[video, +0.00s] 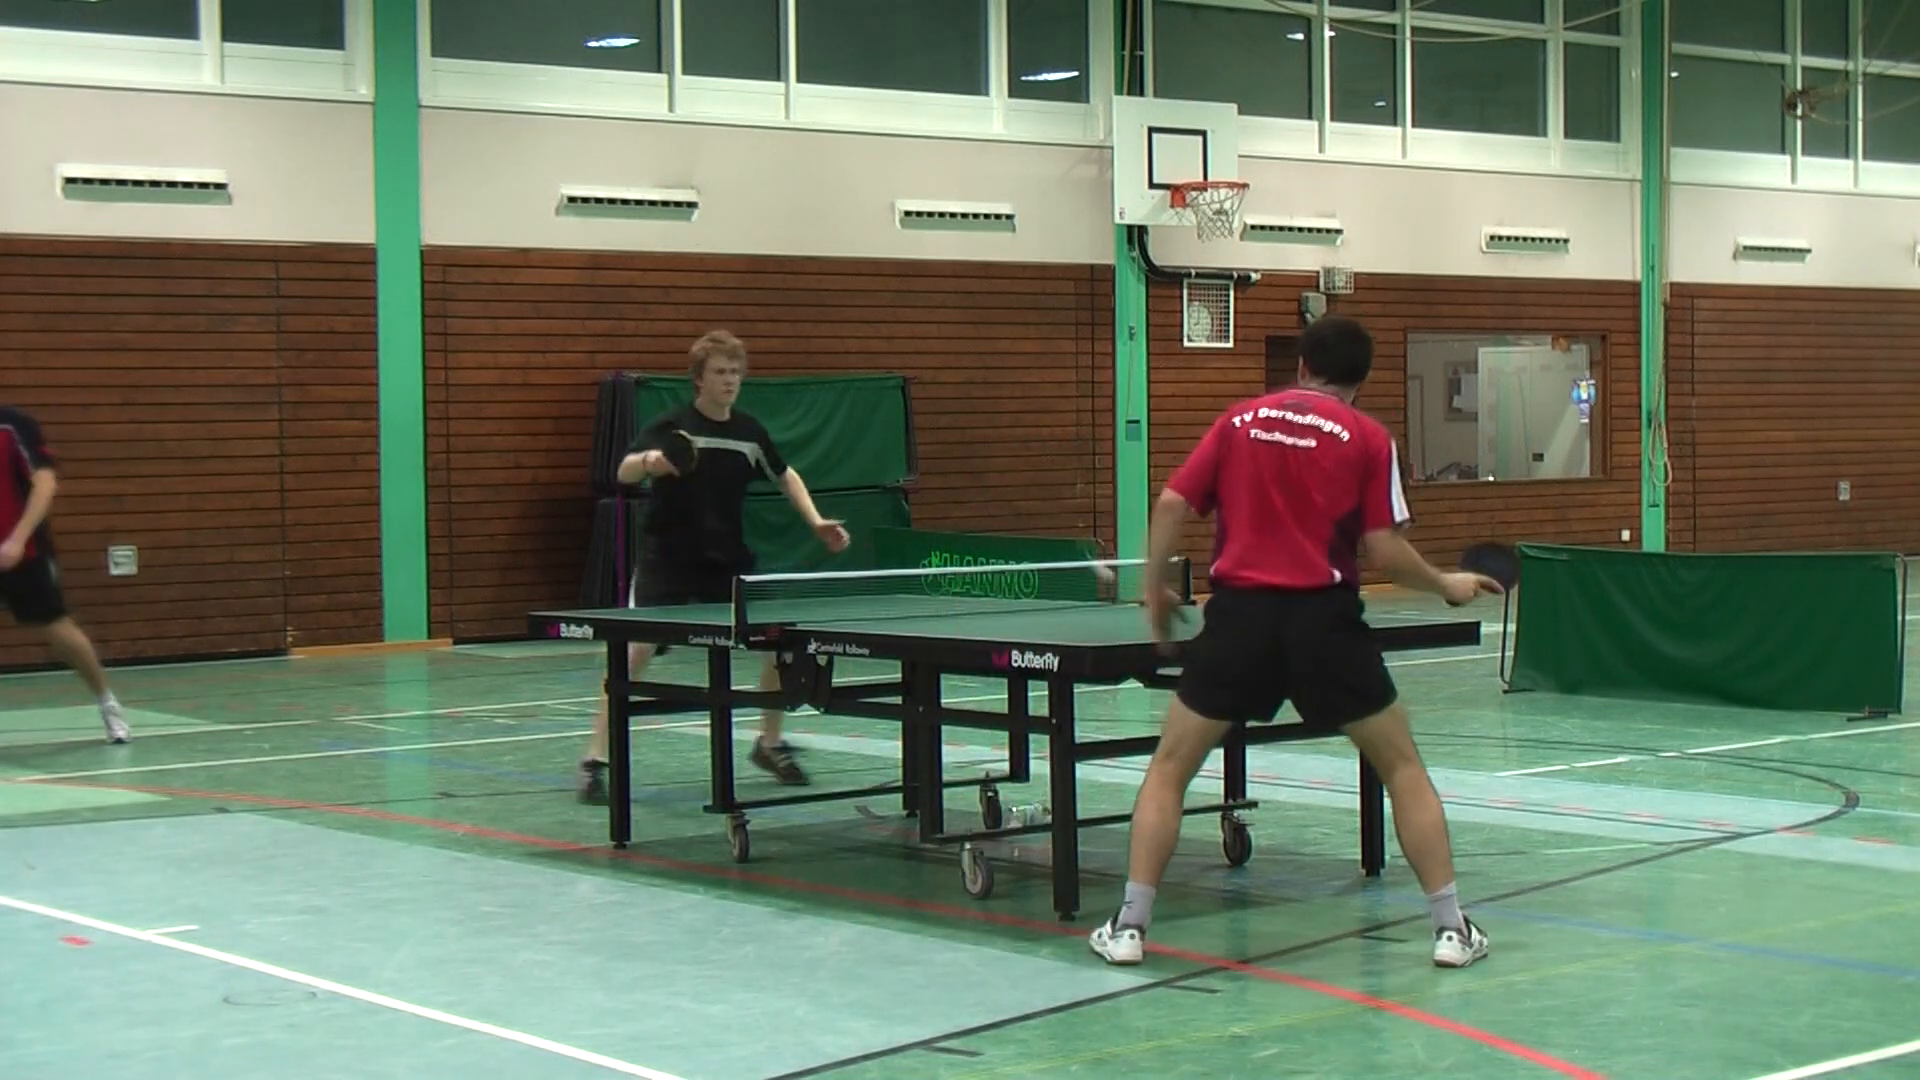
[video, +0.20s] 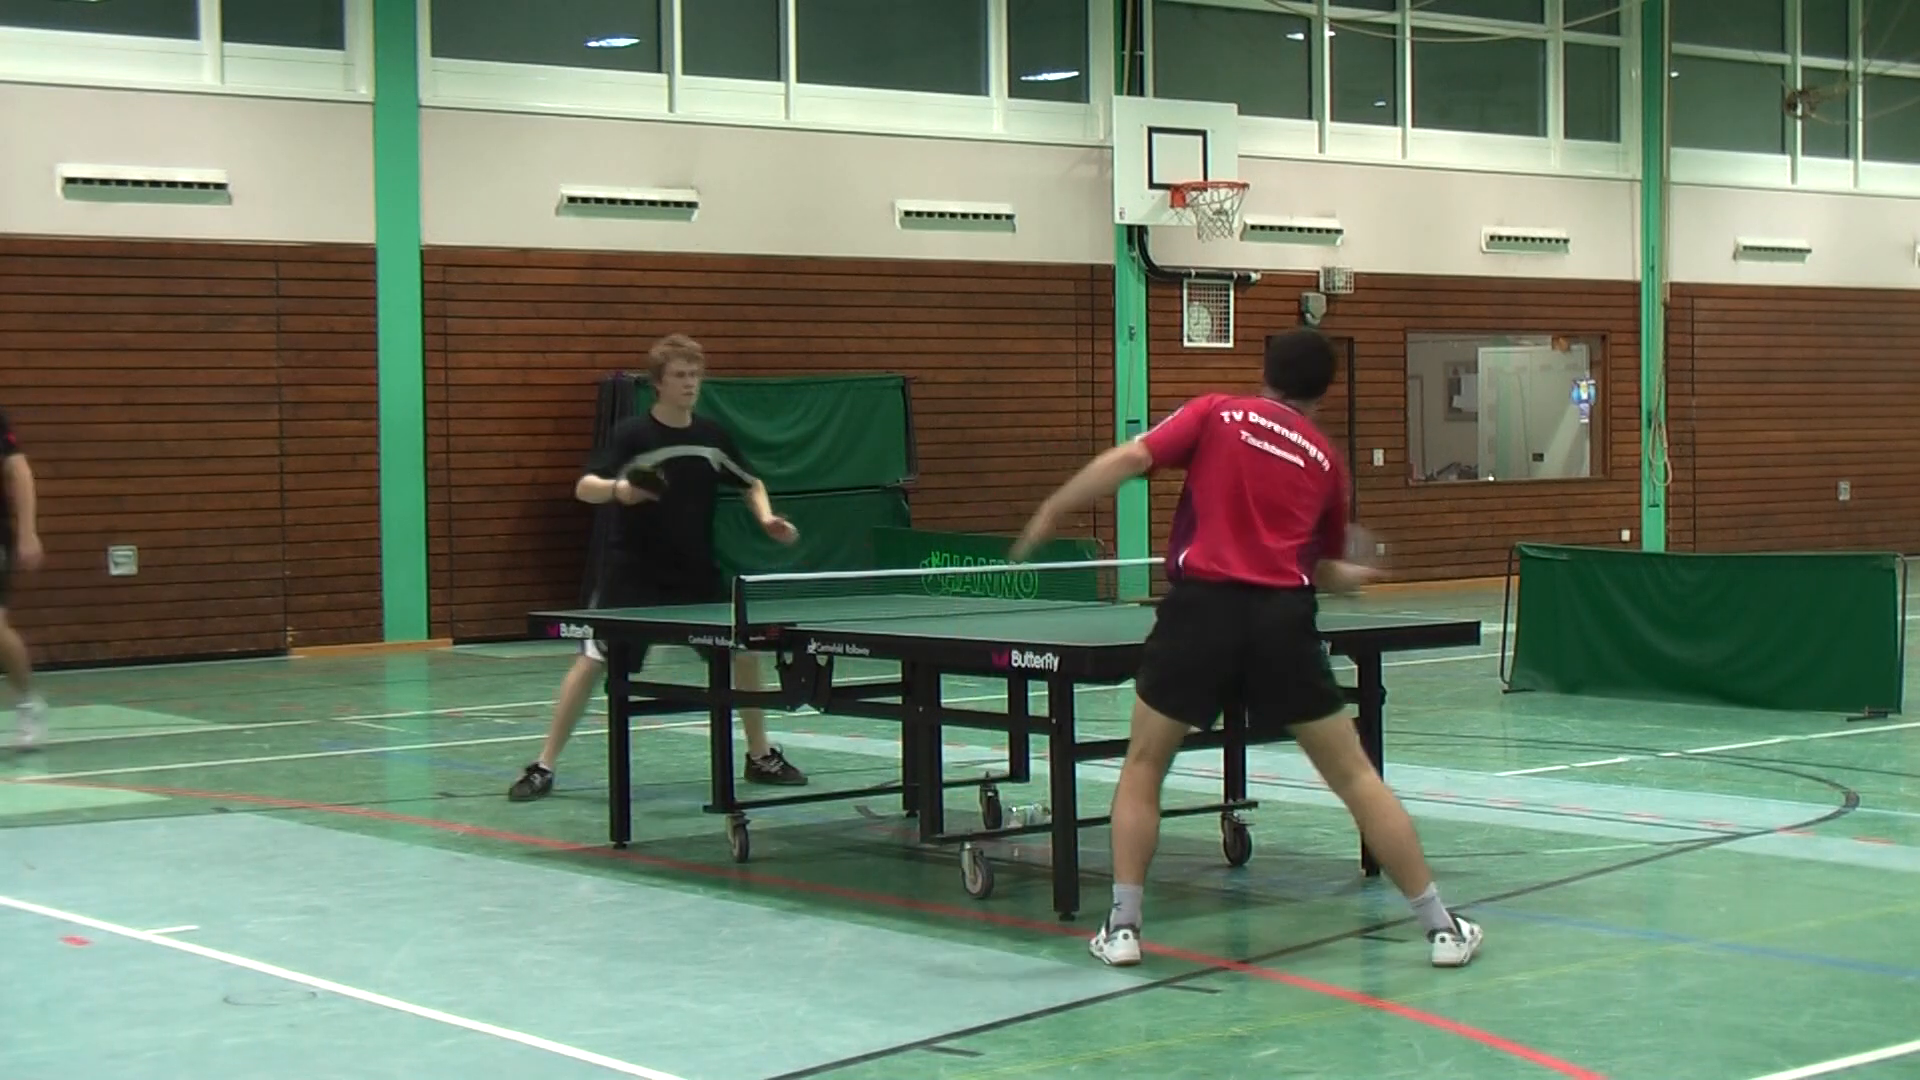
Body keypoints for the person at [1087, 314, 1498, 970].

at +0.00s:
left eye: (1308, 363)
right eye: (1358, 381)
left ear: (1302, 365)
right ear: (1362, 379)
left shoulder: (1241, 416)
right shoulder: (1369, 437)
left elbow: (1172, 504)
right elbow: (1384, 551)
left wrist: (1156, 586)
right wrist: (1444, 583)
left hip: (1235, 624)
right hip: (1325, 627)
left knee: (1170, 767)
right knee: (1401, 767)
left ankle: (1129, 925)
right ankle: (1451, 927)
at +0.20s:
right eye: (1324, 386)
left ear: (1265, 375)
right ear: (1324, 391)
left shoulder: (1215, 411)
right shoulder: (1328, 463)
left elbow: (1131, 457)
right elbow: (1325, 569)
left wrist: (1050, 510)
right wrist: (1360, 573)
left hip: (1197, 618)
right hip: (1282, 628)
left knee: (1143, 767)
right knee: (1356, 776)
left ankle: (1122, 928)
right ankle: (1443, 926)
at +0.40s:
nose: (1209, 394)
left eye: (1215, 385)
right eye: (1216, 387)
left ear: (1229, 386)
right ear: (1271, 397)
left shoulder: (1241, 409)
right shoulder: (1231, 475)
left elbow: (1212, 436)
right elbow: (1128, 513)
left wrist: (1117, 470)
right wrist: (1041, 484)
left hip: (1216, 600)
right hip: (1287, 608)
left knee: (1139, 759)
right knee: (1318, 778)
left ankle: (1122, 927)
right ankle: (1428, 912)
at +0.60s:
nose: (1205, 389)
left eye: (1208, 379)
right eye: (1209, 380)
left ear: (1222, 380)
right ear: (1262, 385)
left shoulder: (1236, 411)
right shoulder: (1253, 436)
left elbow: (1287, 454)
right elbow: (1200, 549)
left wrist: (1318, 526)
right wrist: (1108, 557)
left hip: (1256, 616)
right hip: (1317, 615)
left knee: (1155, 764)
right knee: (1350, 760)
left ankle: (1124, 928)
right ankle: (1460, 877)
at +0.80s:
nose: (1257, 382)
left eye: (1259, 369)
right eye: (1259, 369)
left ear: (1279, 367)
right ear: (1319, 368)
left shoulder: (1309, 417)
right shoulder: (1345, 418)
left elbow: (1338, 505)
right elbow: (1323, 542)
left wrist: (1313, 602)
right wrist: (1240, 573)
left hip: (1347, 609)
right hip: (1394, 608)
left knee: (1242, 756)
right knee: (1388, 753)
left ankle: (1188, 917)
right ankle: (1459, 888)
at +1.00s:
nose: (1289, 361)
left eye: (1289, 348)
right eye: (1288, 349)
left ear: (1309, 345)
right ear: (1353, 344)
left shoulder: (1336, 399)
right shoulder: (1394, 398)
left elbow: (1344, 490)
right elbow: (1414, 496)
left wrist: (1299, 592)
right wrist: (1353, 576)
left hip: (1374, 591)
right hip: (1431, 587)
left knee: (1305, 751)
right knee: (1412, 735)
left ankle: (1357, 909)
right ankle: (1462, 887)